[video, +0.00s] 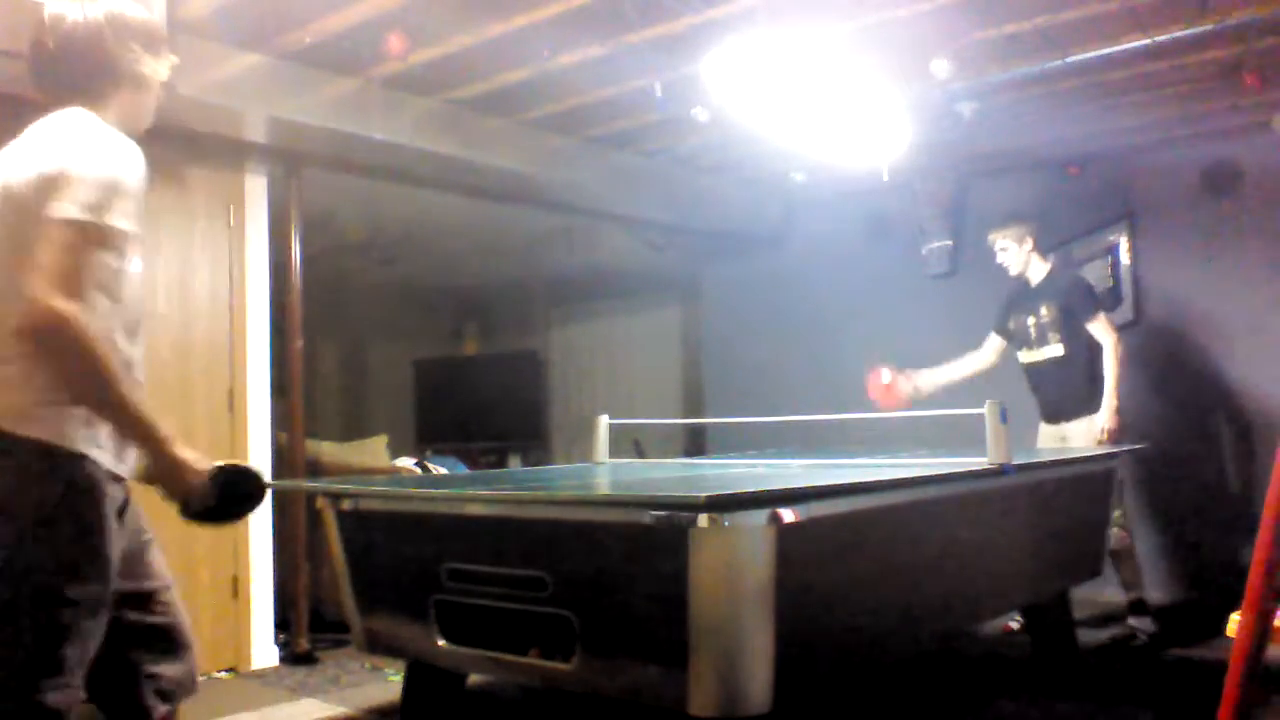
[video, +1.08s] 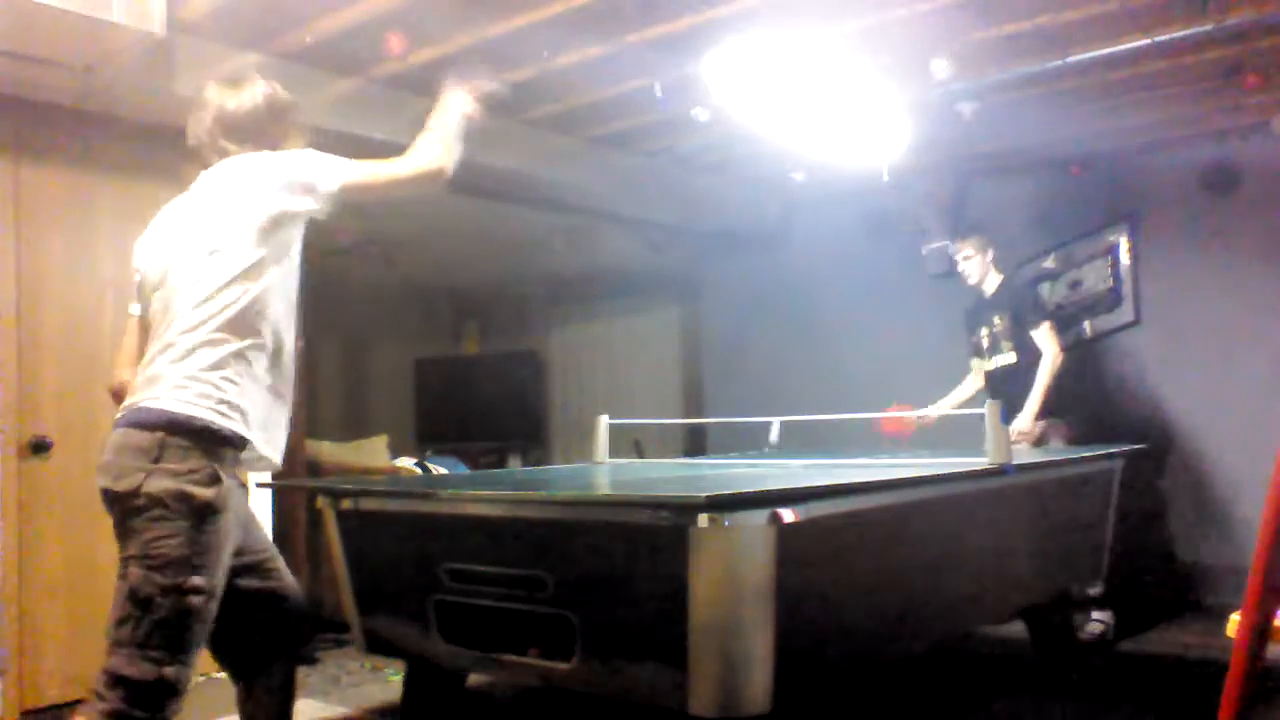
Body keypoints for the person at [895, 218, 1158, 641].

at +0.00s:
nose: (1000, 260)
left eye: (1005, 250)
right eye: (996, 253)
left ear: (1030, 243)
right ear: (1004, 254)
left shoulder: (1068, 286)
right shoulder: (1014, 302)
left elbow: (1112, 342)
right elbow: (985, 357)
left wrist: (1110, 409)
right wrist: (922, 380)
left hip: (1091, 422)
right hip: (1051, 428)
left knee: (1107, 519)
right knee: (1046, 520)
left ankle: (1138, 608)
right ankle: (1038, 609)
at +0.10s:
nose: (1009, 251)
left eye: (1014, 241)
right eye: (1005, 244)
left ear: (1039, 236)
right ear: (1010, 247)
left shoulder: (1071, 281)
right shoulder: (1015, 289)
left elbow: (1105, 340)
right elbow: (973, 326)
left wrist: (1105, 408)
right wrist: (930, 317)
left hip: (1083, 417)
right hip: (1042, 420)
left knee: (1100, 509)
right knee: (1038, 512)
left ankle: (1126, 602)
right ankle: (1035, 606)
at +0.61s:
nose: (1027, 249)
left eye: (1034, 241)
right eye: (1019, 243)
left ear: (1049, 243)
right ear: (1010, 248)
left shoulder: (1074, 294)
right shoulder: (1003, 296)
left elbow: (1092, 361)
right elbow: (978, 339)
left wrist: (1098, 424)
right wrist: (966, 355)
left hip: (1066, 429)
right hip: (1017, 431)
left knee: (1080, 518)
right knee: (1026, 521)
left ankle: (1116, 605)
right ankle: (1032, 610)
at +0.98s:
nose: (973, 260)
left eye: (980, 250)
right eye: (967, 254)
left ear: (1000, 249)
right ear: (963, 258)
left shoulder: (1024, 290)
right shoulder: (974, 306)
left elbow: (1057, 352)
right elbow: (985, 368)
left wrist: (1034, 415)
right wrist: (951, 402)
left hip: (1029, 422)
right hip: (992, 423)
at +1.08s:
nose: (961, 268)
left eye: (967, 258)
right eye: (957, 262)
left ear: (989, 255)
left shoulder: (1019, 295)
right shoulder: (974, 312)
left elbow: (1053, 352)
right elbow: (978, 376)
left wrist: (1028, 414)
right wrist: (937, 409)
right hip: (999, 421)